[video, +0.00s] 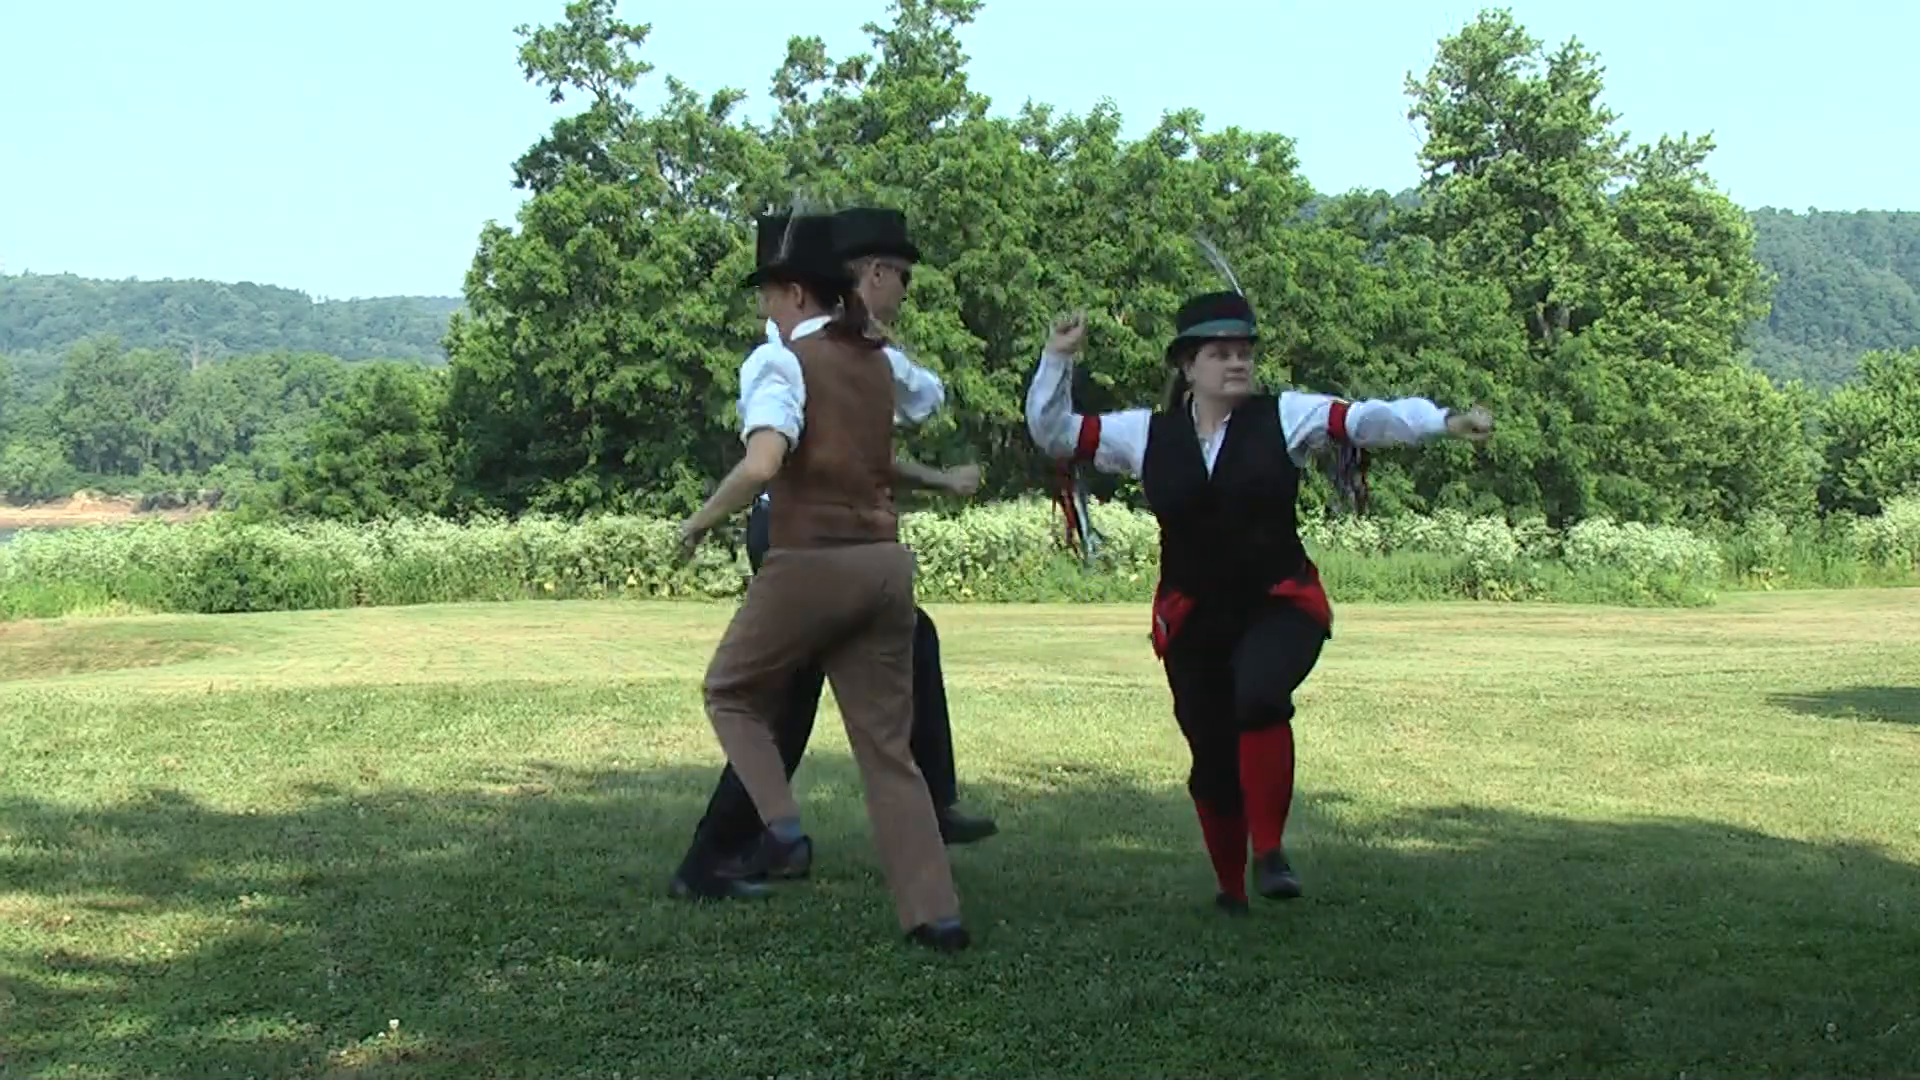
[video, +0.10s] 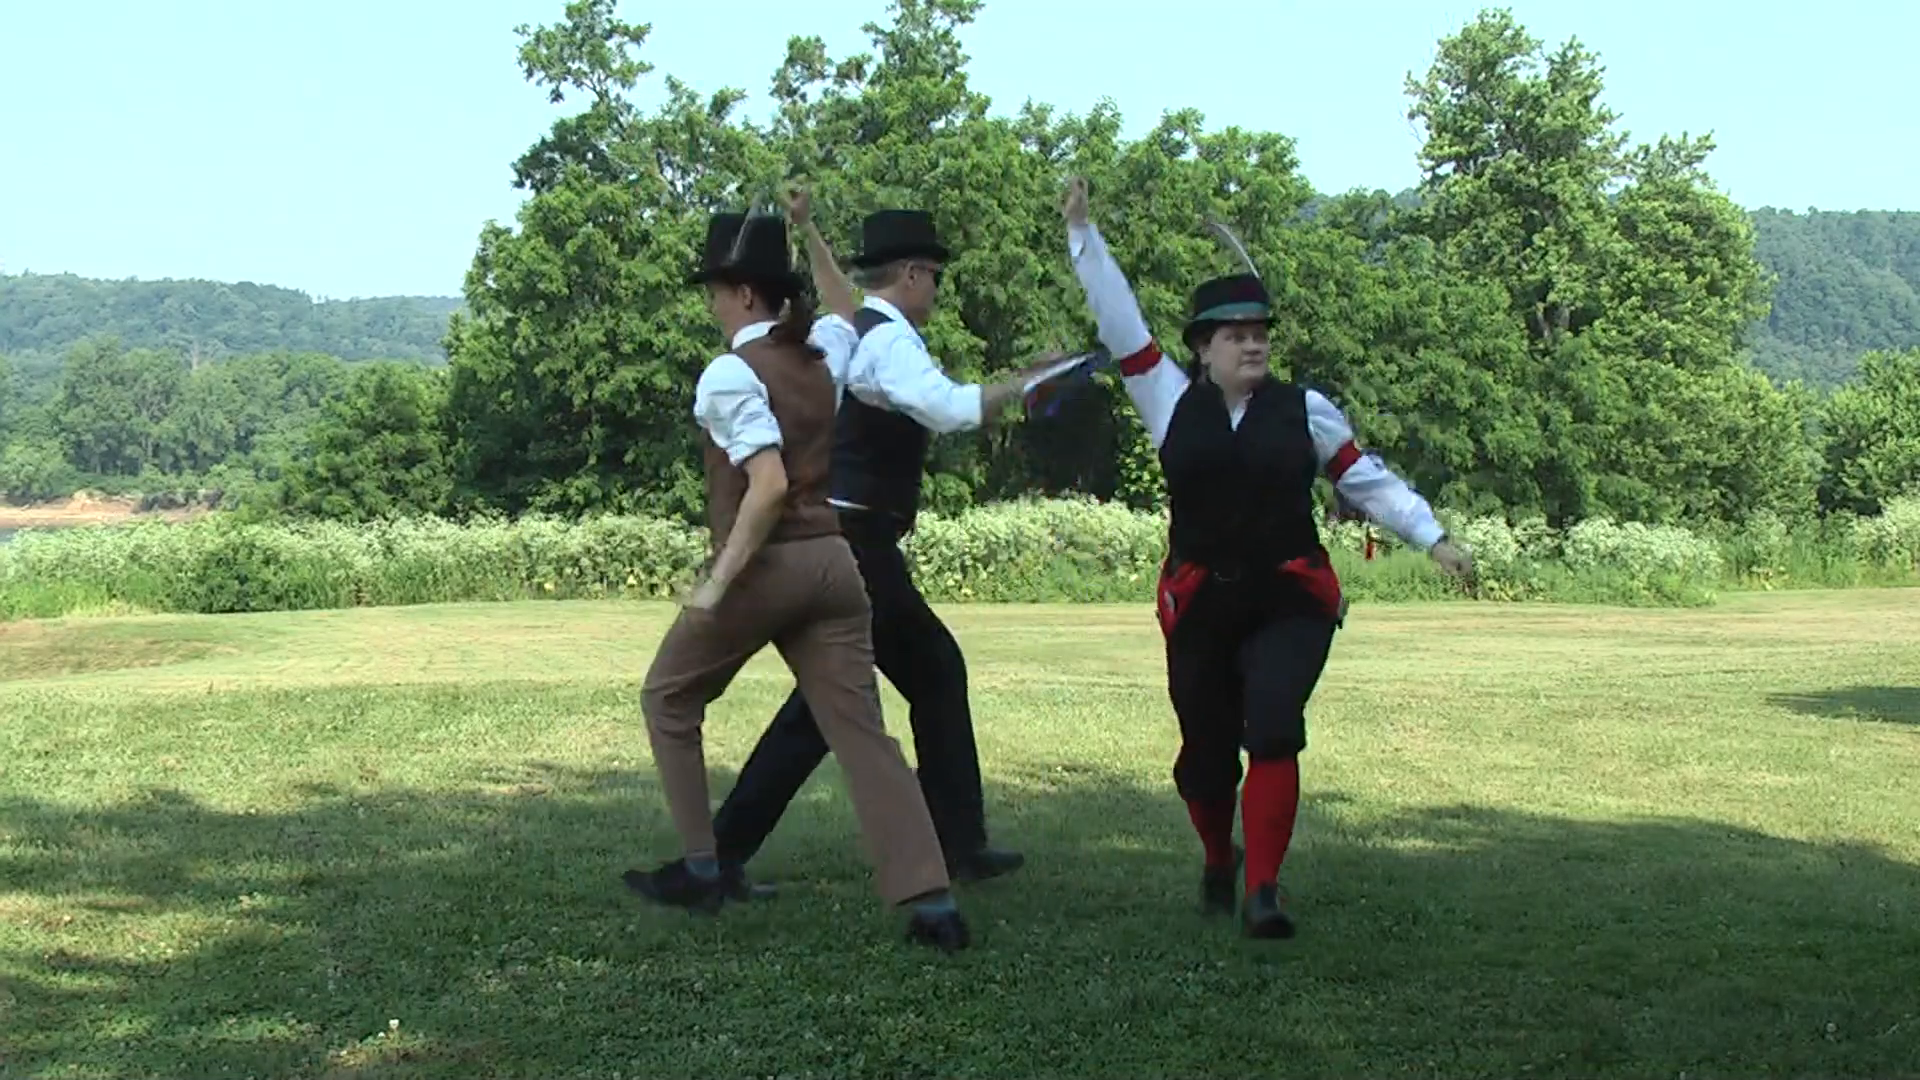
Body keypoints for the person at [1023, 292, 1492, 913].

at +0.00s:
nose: (1237, 362)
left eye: (1245, 350)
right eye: (1221, 352)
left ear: (1256, 359)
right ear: (1187, 366)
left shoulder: (1284, 415)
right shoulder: (1148, 432)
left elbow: (1366, 417)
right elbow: (1051, 430)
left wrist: (1445, 420)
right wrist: (1057, 360)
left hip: (1280, 606)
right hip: (1194, 617)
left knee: (1259, 694)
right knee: (1213, 760)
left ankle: (1268, 852)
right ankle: (1231, 890)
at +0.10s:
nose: (1251, 344)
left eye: (1260, 333)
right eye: (1235, 334)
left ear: (1271, 343)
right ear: (1201, 346)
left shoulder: (1305, 410)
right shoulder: (1172, 400)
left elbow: (1367, 481)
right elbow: (1120, 323)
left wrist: (1434, 538)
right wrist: (1082, 231)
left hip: (1289, 598)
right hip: (1200, 600)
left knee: (1273, 730)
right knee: (1206, 751)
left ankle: (1263, 888)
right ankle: (1217, 860)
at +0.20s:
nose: (1278, 356)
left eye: (1286, 345)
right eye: (1261, 347)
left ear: (1297, 357)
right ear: (1226, 360)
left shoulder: (1327, 442)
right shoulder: (1195, 416)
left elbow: (1351, 545)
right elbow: (1165, 314)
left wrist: (1356, 634)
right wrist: (1186, 224)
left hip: (1299, 626)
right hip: (1207, 622)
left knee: (1268, 773)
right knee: (1187, 783)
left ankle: (1257, 939)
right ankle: (1213, 871)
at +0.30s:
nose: (1307, 363)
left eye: (1314, 353)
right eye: (1291, 354)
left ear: (1326, 368)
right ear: (1254, 368)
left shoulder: (1349, 455)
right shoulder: (1224, 419)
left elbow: (1362, 562)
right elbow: (1211, 318)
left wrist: (1368, 650)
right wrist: (1244, 227)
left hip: (1310, 644)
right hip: (1217, 636)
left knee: (1287, 784)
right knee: (1224, 763)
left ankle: (1253, 944)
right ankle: (1207, 904)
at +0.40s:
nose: (1340, 337)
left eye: (1343, 326)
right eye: (1324, 327)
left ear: (1342, 339)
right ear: (1282, 339)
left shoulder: (1366, 430)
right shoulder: (1244, 387)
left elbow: (1382, 534)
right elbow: (1235, 284)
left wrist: (1405, 624)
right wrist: (1267, 190)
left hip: (1324, 613)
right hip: (1234, 591)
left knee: (1300, 781)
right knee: (1286, 666)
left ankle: (1254, 937)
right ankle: (1250, 821)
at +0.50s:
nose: (1363, 311)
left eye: (1368, 301)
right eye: (1348, 300)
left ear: (1371, 315)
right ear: (1308, 309)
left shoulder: (1378, 399)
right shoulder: (1273, 357)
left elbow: (1390, 507)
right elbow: (1265, 249)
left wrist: (1393, 599)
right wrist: (1285, 147)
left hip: (1339, 576)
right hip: (1255, 558)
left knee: (1321, 764)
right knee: (1341, 619)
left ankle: (1270, 925)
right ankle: (1272, 765)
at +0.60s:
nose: (1390, 315)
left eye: (1392, 304)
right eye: (1375, 304)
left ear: (1388, 319)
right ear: (1329, 311)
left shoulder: (1388, 385)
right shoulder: (1300, 361)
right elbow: (1298, 251)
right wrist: (1311, 152)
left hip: (1354, 585)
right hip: (1285, 572)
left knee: (1333, 777)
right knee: (1397, 650)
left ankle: (1305, 947)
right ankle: (1295, 781)